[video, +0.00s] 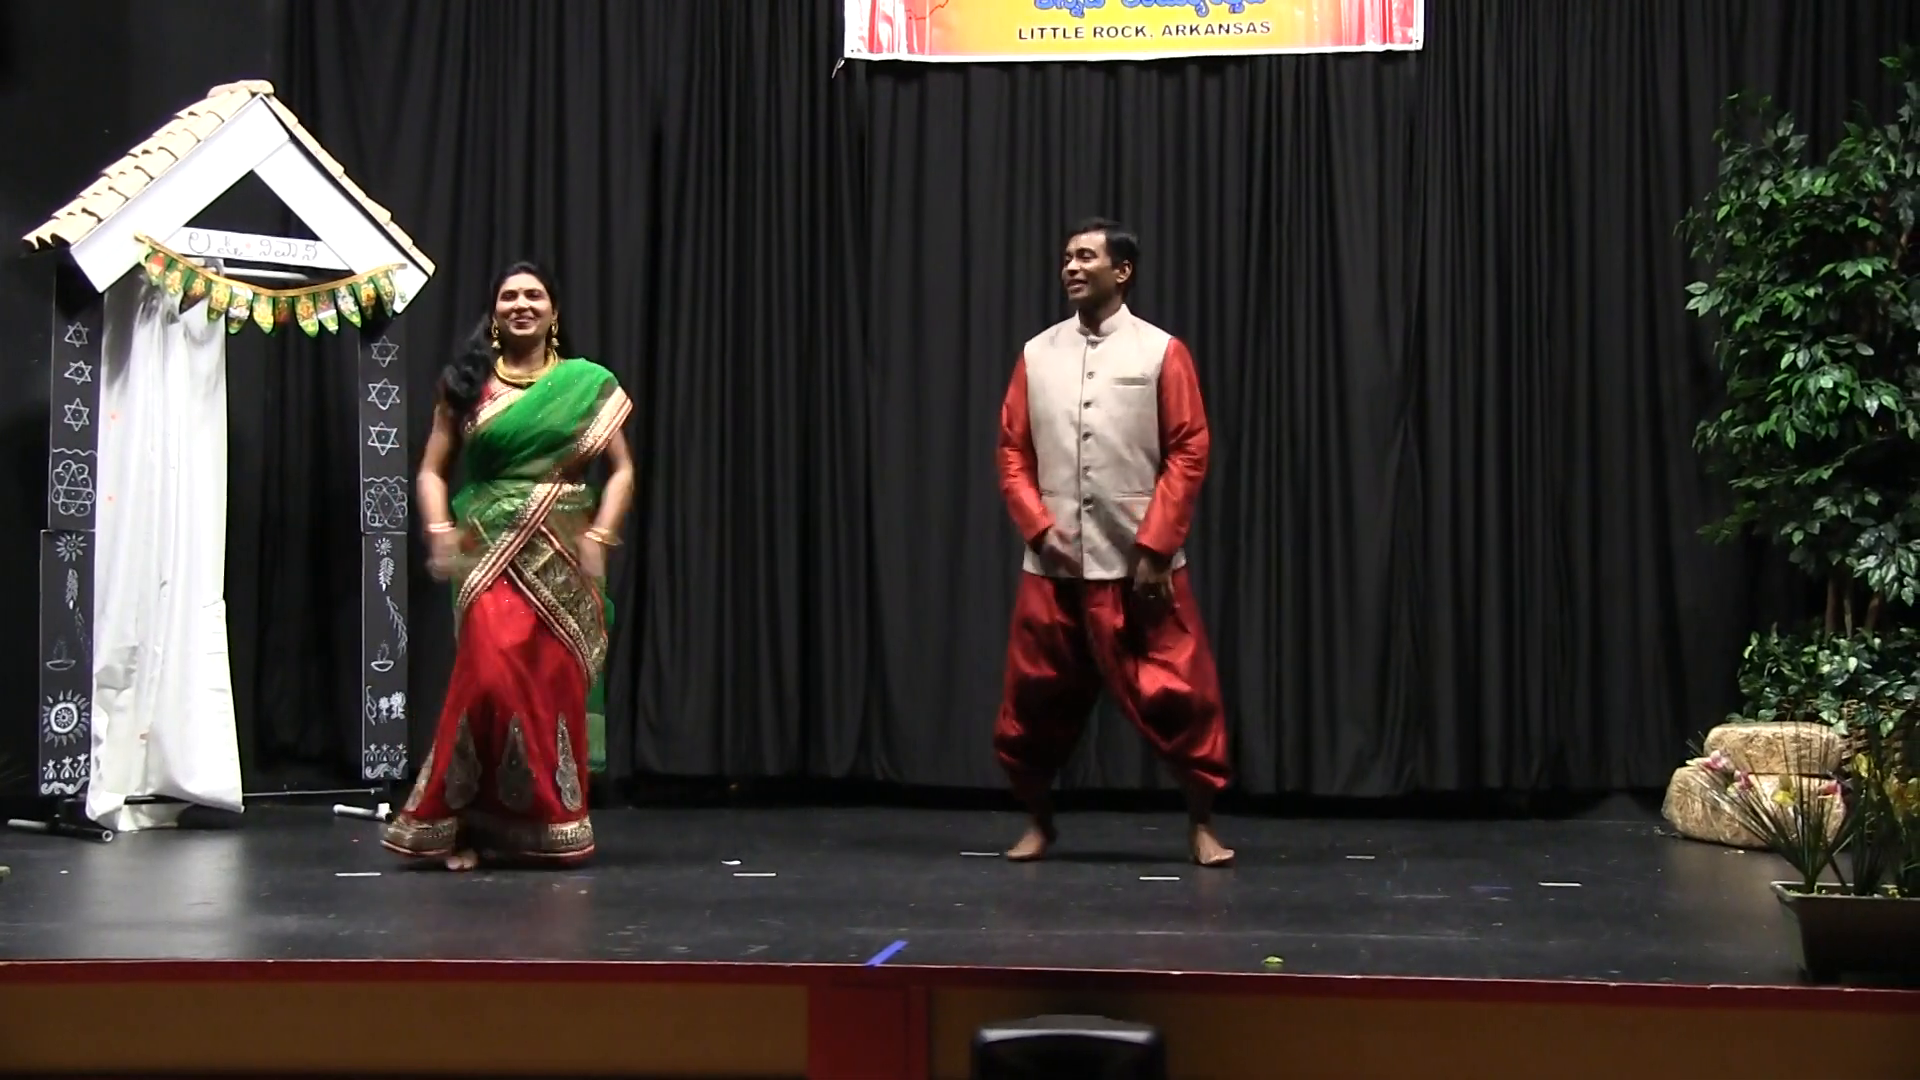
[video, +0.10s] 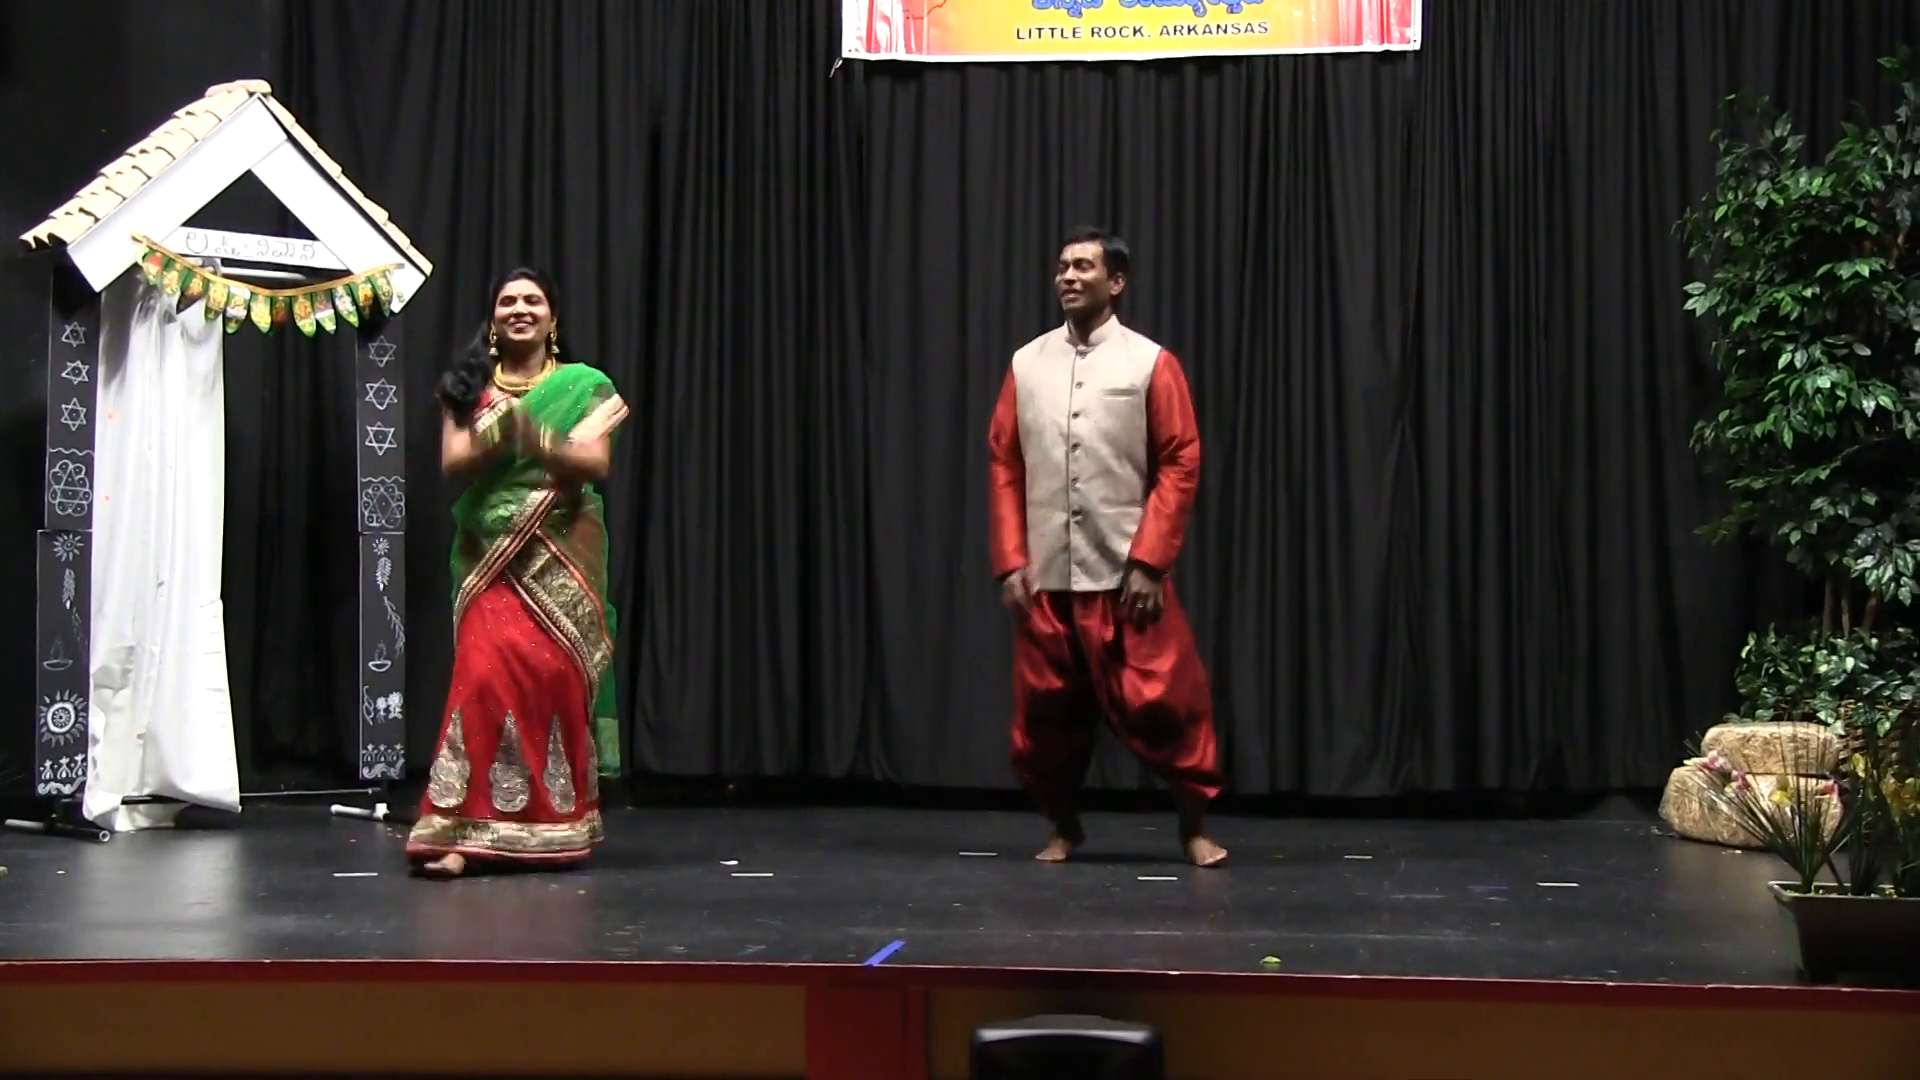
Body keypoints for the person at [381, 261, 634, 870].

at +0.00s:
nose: (521, 305)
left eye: (533, 296)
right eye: (510, 297)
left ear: (552, 310)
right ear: (493, 312)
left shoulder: (582, 382)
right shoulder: (469, 380)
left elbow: (621, 467)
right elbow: (431, 469)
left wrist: (600, 534)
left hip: (563, 545)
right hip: (490, 543)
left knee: (554, 681)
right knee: (492, 675)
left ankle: (542, 828)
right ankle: (461, 831)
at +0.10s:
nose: (520, 310)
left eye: (532, 301)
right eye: (509, 302)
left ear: (552, 317)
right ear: (492, 318)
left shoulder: (584, 383)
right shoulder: (466, 384)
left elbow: (597, 461)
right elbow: (451, 464)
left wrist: (538, 442)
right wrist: (491, 438)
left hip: (563, 550)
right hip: (487, 550)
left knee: (558, 673)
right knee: (478, 672)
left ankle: (557, 827)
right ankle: (463, 832)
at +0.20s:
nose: (513, 310)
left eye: (526, 302)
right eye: (501, 304)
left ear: (544, 322)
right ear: (489, 326)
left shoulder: (568, 382)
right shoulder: (477, 394)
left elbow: (597, 406)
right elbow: (434, 388)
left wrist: (576, 342)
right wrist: (443, 322)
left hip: (561, 538)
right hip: (489, 536)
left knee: (555, 667)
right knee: (469, 659)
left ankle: (561, 821)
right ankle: (445, 812)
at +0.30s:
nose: (503, 296)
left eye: (516, 288)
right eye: (491, 289)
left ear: (535, 307)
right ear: (475, 308)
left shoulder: (568, 359)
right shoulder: (459, 372)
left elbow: (632, 364)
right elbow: (380, 331)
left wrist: (609, 288)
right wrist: (401, 255)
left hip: (560, 531)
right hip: (485, 531)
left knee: (553, 668)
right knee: (462, 654)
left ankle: (538, 827)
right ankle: (447, 810)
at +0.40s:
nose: (491, 268)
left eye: (503, 261)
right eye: (479, 261)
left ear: (522, 280)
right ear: (461, 282)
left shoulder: (558, 330)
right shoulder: (443, 347)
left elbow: (648, 344)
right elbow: (349, 310)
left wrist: (630, 308)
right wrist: (377, 239)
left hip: (557, 508)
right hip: (478, 510)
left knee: (567, 649)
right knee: (467, 648)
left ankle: (568, 814)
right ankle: (465, 809)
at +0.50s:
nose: (484, 272)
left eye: (495, 264)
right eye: (471, 264)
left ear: (514, 281)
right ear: (450, 282)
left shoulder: (543, 329)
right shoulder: (430, 344)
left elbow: (641, 329)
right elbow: (335, 328)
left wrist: (639, 370)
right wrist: (361, 258)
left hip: (551, 510)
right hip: (468, 519)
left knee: (605, 643)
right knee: (467, 667)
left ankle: (652, 809)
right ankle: (475, 834)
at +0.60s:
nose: (480, 289)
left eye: (490, 281)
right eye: (467, 281)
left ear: (504, 294)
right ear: (442, 297)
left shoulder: (534, 346)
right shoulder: (418, 363)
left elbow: (634, 368)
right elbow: (321, 368)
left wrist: (634, 438)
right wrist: (362, 301)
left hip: (542, 527)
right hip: (461, 536)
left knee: (602, 657)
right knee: (461, 675)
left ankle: (682, 802)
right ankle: (472, 837)